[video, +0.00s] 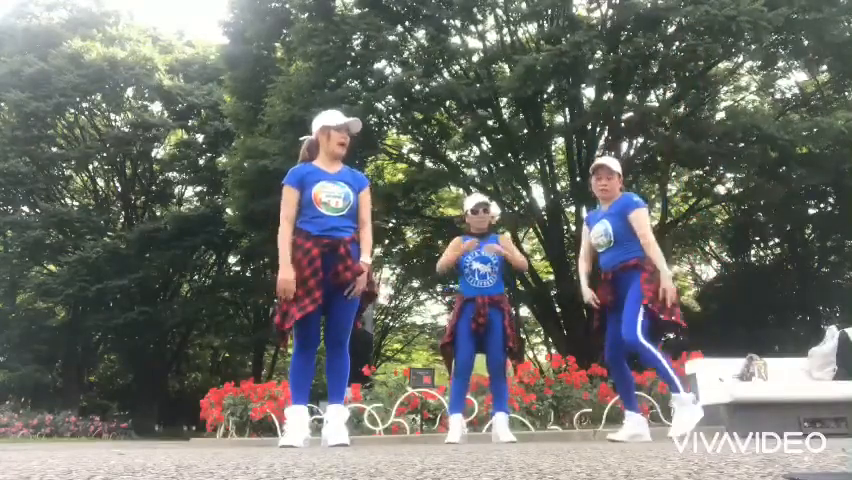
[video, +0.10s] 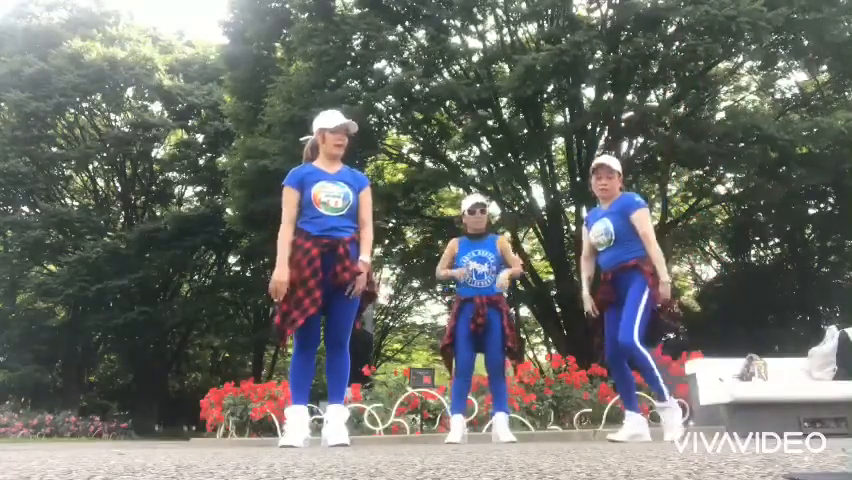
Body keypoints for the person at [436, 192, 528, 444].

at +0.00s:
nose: (481, 215)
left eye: (485, 211)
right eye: (475, 211)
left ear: (492, 215)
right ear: (466, 216)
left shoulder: (502, 239)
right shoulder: (460, 242)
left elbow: (523, 266)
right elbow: (441, 268)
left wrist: (505, 253)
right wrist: (461, 251)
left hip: (496, 305)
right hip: (468, 305)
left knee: (497, 364)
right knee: (463, 363)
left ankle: (501, 423)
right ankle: (456, 422)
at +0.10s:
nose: (478, 216)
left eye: (482, 211)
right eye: (472, 212)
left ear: (488, 215)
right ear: (463, 217)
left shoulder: (499, 242)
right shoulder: (456, 244)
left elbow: (518, 267)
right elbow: (439, 272)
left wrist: (507, 273)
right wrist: (455, 273)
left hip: (494, 306)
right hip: (466, 306)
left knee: (496, 365)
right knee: (463, 364)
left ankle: (501, 423)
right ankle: (457, 423)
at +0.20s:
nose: (471, 216)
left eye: (476, 212)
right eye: (466, 213)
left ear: (483, 217)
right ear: (458, 218)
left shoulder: (494, 243)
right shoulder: (450, 246)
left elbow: (508, 273)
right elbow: (439, 276)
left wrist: (509, 301)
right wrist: (444, 298)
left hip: (490, 306)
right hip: (460, 307)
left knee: (492, 364)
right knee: (461, 366)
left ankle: (500, 421)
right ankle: (457, 423)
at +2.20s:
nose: (463, 215)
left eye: (468, 212)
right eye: (459, 211)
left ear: (475, 217)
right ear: (451, 215)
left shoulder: (484, 243)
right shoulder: (439, 244)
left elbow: (493, 274)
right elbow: (430, 277)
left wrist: (495, 302)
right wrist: (428, 303)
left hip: (479, 305)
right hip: (450, 305)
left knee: (481, 362)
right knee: (452, 363)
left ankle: (489, 421)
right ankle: (450, 421)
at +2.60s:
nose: (470, 215)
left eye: (475, 211)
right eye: (465, 211)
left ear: (480, 218)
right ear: (456, 217)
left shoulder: (489, 243)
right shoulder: (446, 244)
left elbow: (504, 270)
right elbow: (437, 276)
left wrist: (492, 294)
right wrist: (436, 300)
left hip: (483, 306)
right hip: (455, 306)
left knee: (488, 362)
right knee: (454, 363)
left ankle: (498, 419)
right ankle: (448, 418)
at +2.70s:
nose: (469, 217)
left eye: (473, 214)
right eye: (464, 213)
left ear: (479, 219)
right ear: (455, 217)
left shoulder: (487, 242)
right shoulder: (444, 246)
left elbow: (501, 257)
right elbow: (436, 278)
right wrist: (439, 302)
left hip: (483, 307)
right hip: (454, 307)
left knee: (490, 362)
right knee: (449, 358)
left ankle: (498, 419)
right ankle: (440, 415)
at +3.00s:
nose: (455, 216)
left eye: (460, 212)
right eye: (451, 212)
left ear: (467, 216)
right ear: (444, 215)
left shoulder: (476, 243)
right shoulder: (431, 244)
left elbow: (486, 273)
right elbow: (417, 272)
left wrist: (491, 293)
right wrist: (419, 297)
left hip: (468, 305)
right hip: (439, 305)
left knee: (471, 363)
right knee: (436, 364)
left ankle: (480, 420)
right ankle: (431, 421)